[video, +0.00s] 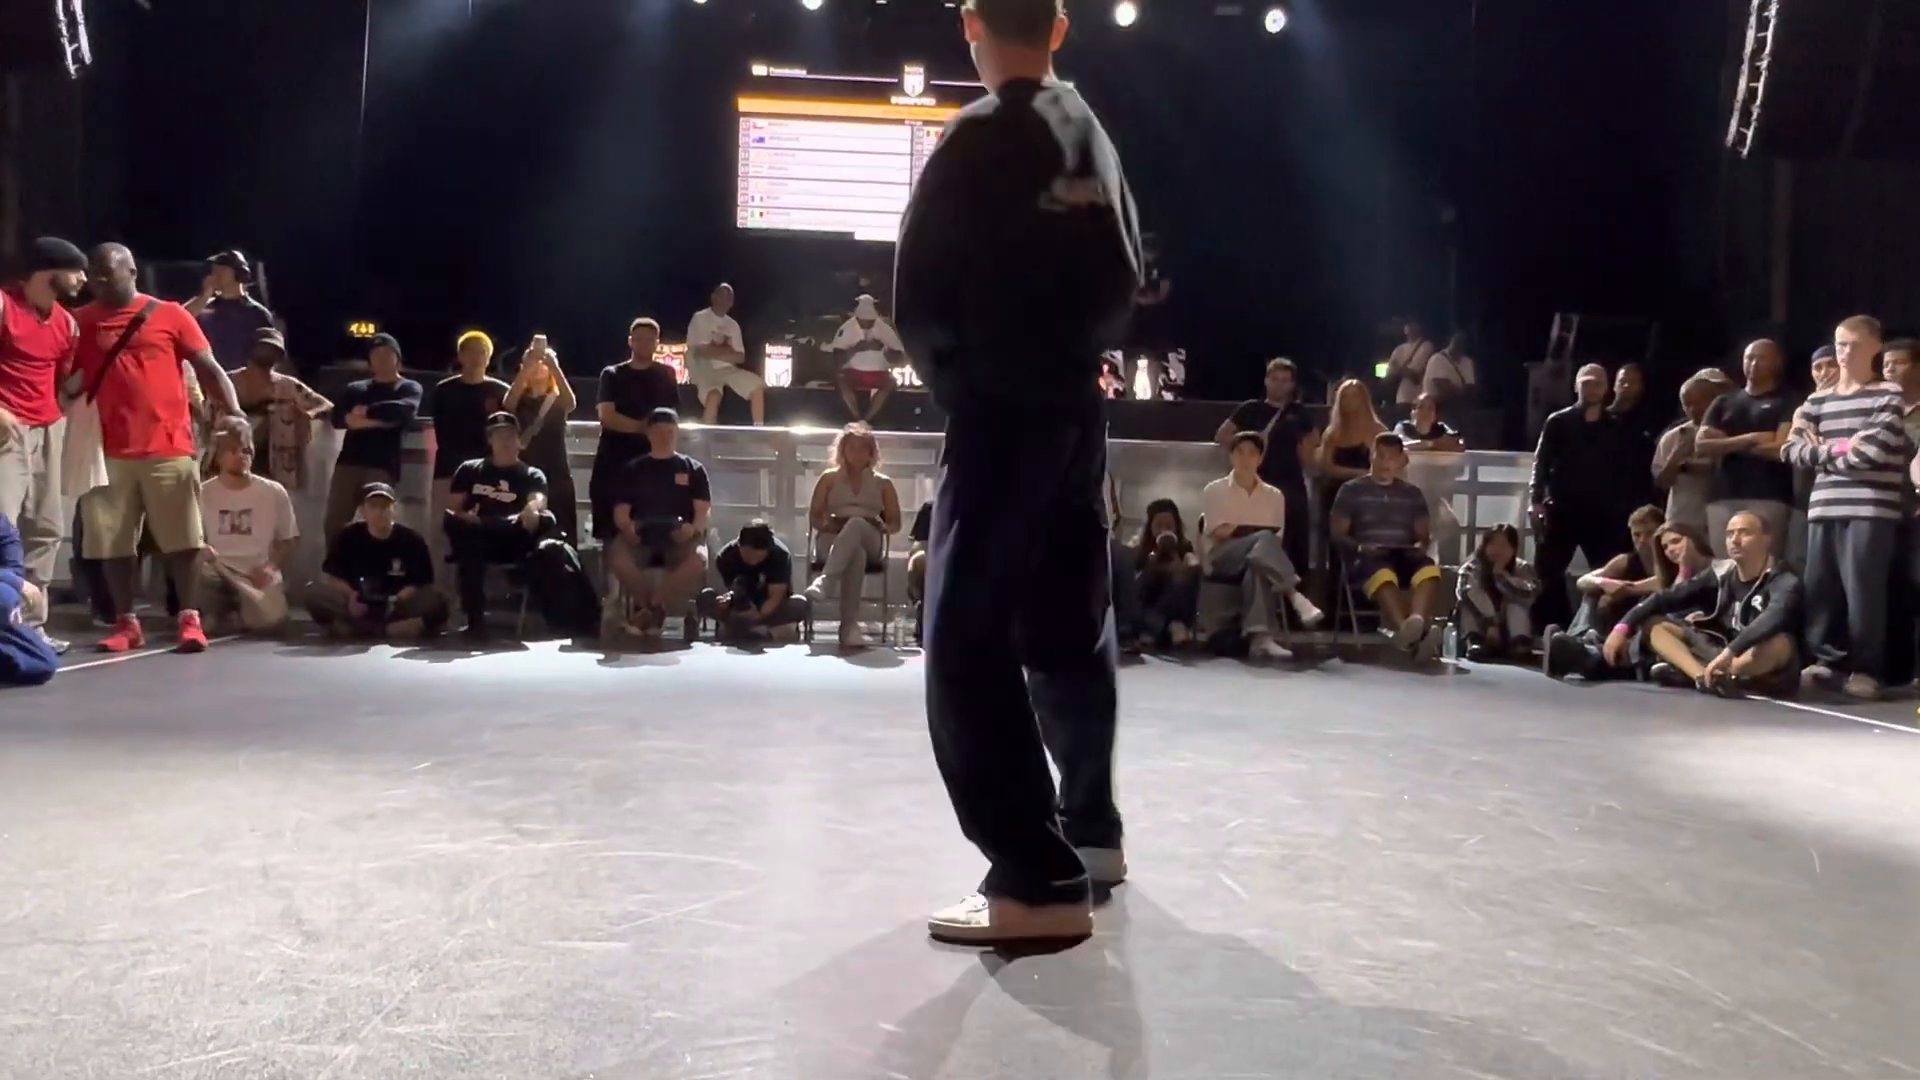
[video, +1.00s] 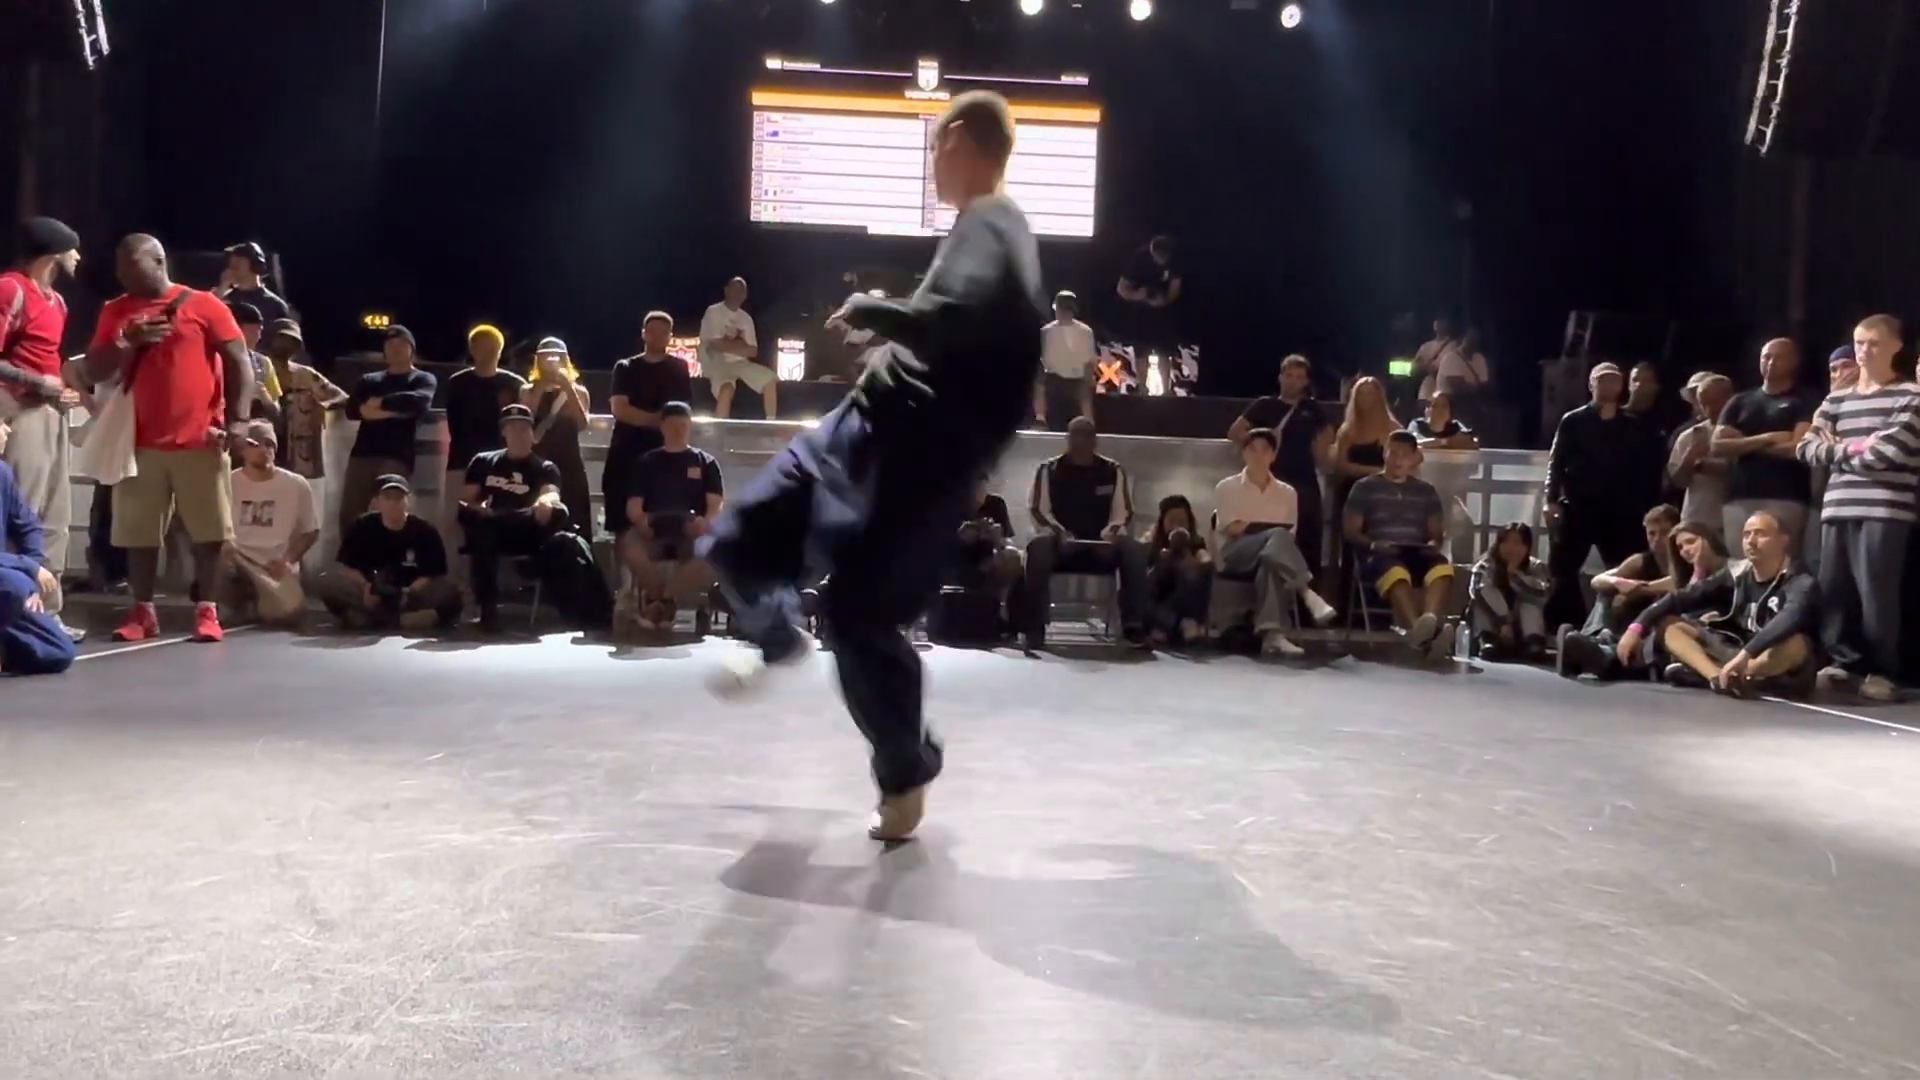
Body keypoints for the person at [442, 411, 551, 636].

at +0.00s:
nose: (505, 442)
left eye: (510, 436)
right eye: (500, 436)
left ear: (518, 440)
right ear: (489, 440)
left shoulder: (532, 475)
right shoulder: (469, 469)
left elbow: (538, 498)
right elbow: (451, 510)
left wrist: (531, 508)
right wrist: (465, 516)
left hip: (514, 529)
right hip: (479, 528)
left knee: (546, 520)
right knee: (465, 538)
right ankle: (474, 618)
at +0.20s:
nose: (508, 440)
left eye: (513, 434)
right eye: (503, 434)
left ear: (522, 439)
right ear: (492, 438)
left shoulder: (535, 473)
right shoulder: (473, 468)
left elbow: (540, 497)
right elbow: (454, 509)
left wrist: (534, 508)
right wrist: (467, 514)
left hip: (517, 528)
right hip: (483, 528)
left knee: (549, 519)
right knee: (469, 537)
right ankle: (477, 616)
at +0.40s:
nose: (511, 439)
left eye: (515, 434)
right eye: (505, 434)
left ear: (524, 438)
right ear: (495, 438)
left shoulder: (538, 473)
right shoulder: (475, 468)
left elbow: (543, 496)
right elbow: (457, 509)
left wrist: (536, 507)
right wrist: (470, 514)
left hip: (520, 530)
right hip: (485, 529)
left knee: (551, 518)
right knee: (469, 531)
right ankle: (480, 614)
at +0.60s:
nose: (512, 439)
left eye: (517, 433)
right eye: (507, 433)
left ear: (527, 438)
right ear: (497, 438)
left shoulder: (541, 473)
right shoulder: (477, 467)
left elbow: (545, 497)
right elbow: (459, 508)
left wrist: (540, 506)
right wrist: (473, 513)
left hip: (523, 530)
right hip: (488, 530)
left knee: (553, 517)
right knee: (474, 536)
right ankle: (482, 613)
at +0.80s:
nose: (517, 436)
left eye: (521, 431)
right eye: (511, 431)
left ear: (529, 435)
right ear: (500, 435)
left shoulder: (542, 470)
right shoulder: (480, 464)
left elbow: (548, 494)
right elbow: (462, 504)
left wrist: (542, 504)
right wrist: (475, 511)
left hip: (526, 527)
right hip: (491, 525)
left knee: (554, 516)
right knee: (476, 532)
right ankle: (485, 612)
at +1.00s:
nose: (521, 433)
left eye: (525, 428)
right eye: (515, 428)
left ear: (532, 434)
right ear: (504, 432)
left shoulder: (545, 468)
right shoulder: (483, 461)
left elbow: (551, 492)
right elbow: (465, 501)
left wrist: (546, 502)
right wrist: (479, 508)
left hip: (528, 526)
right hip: (493, 524)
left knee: (558, 514)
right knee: (479, 530)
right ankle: (487, 609)